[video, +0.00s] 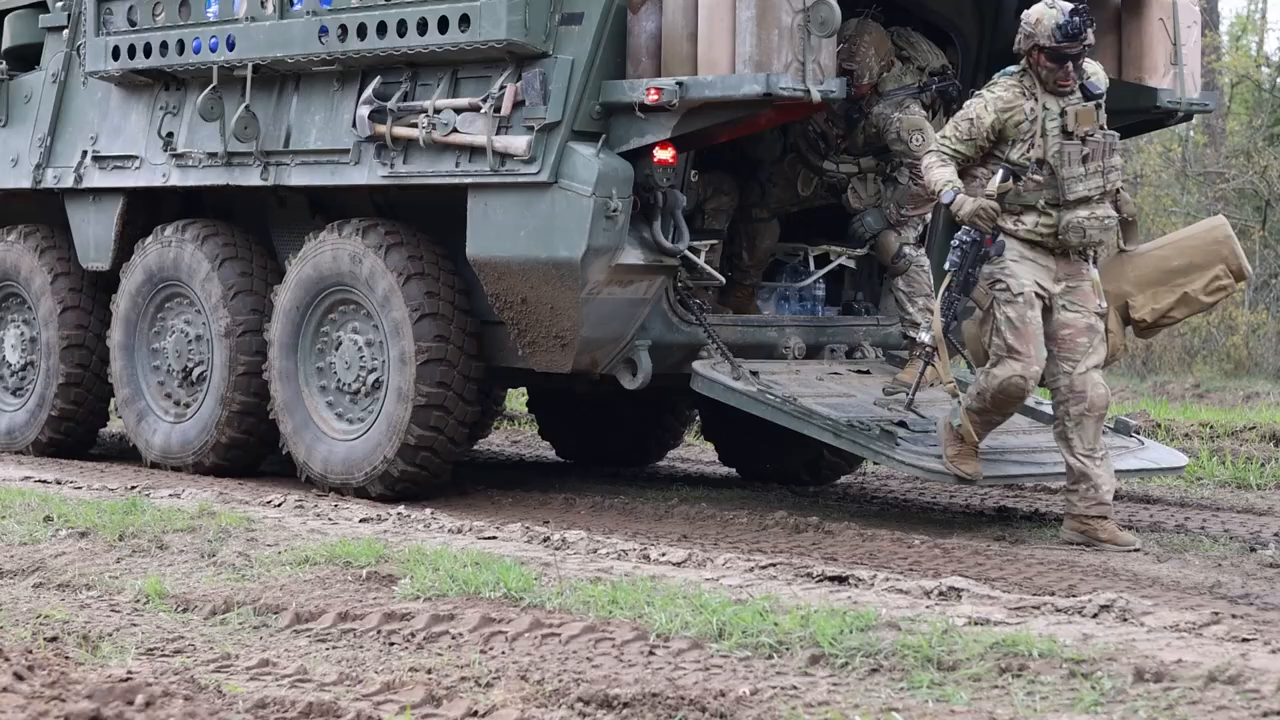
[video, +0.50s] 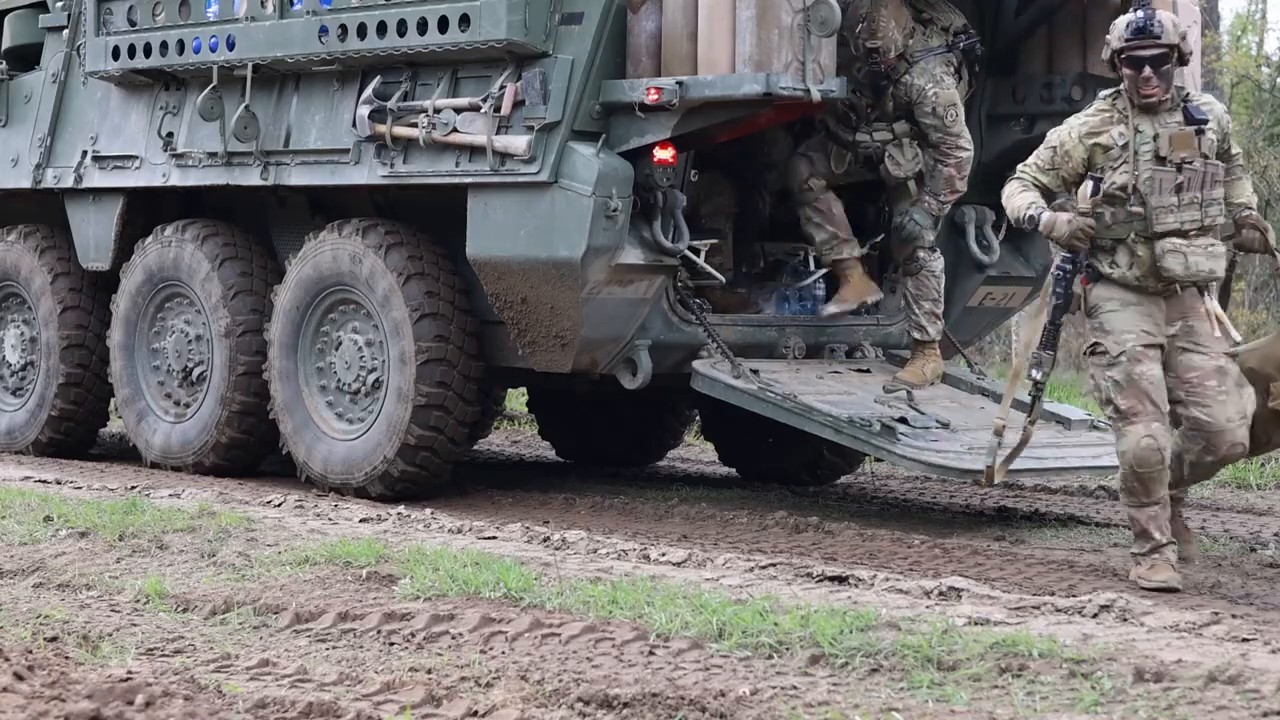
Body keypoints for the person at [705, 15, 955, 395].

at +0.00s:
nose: (849, 72)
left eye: (857, 65)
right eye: (845, 63)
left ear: (880, 62)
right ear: (839, 57)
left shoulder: (898, 111)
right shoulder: (838, 83)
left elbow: (926, 174)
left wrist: (889, 216)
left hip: (894, 184)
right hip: (836, 171)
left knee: (896, 246)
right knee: (760, 192)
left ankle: (925, 353)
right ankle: (740, 296)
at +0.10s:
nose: (858, 78)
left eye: (866, 70)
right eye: (851, 69)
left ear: (888, 59)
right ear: (842, 51)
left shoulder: (907, 99)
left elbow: (932, 172)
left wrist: (895, 221)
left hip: (897, 169)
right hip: (836, 156)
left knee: (901, 244)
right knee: (764, 196)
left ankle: (924, 351)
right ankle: (746, 295)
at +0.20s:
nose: (861, 71)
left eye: (870, 64)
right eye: (856, 60)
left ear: (892, 53)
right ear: (848, 43)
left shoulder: (913, 87)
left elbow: (938, 163)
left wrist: (896, 215)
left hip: (907, 157)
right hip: (853, 144)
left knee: (904, 242)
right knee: (775, 169)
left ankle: (926, 349)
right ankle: (768, 275)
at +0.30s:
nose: (866, 64)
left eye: (874, 56)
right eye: (860, 54)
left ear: (896, 46)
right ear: (850, 43)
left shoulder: (917, 83)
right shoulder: (846, 55)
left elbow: (944, 158)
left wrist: (905, 208)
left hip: (905, 157)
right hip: (853, 144)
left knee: (907, 240)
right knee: (780, 141)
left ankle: (925, 351)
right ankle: (798, 251)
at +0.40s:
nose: (867, 60)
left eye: (876, 52)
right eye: (861, 51)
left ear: (898, 42)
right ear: (851, 37)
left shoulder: (921, 83)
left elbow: (951, 154)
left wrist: (918, 209)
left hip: (910, 147)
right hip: (852, 135)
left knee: (908, 236)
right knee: (785, 139)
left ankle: (925, 351)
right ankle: (833, 236)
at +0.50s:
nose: (878, 60)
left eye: (885, 52)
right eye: (869, 52)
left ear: (903, 42)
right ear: (855, 41)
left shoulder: (928, 79)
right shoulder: (845, 49)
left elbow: (956, 151)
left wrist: (929, 211)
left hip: (913, 148)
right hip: (860, 141)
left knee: (913, 235)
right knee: (804, 171)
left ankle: (926, 353)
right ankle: (854, 278)